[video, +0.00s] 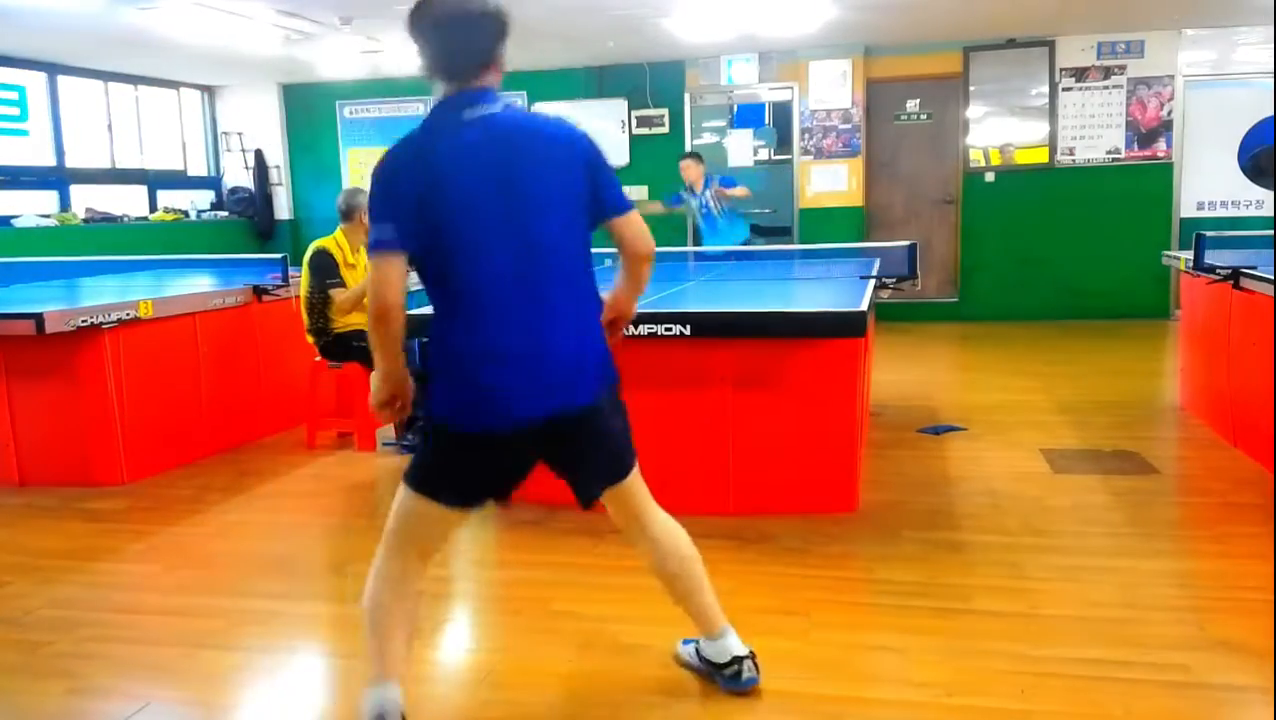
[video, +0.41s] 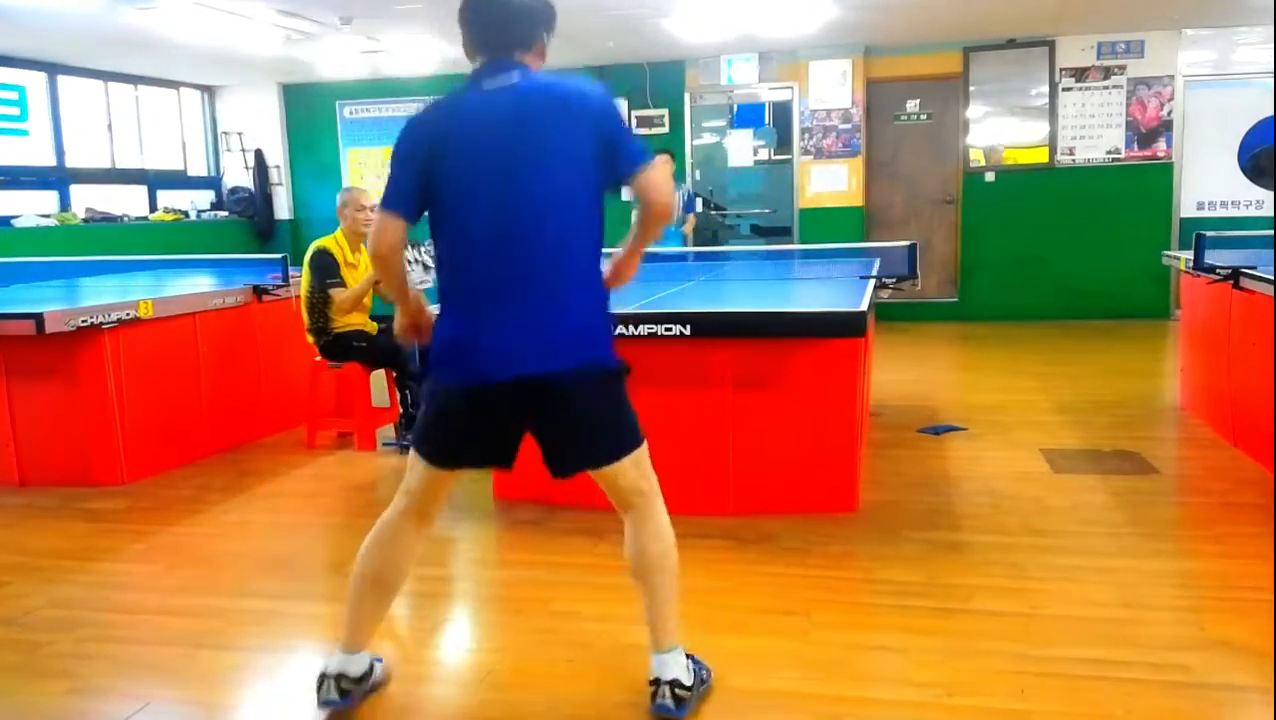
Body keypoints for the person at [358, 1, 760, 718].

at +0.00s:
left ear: (424, 62)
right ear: (498, 56)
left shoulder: (405, 164)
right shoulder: (563, 139)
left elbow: (385, 297)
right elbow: (638, 244)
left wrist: (390, 372)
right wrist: (625, 298)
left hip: (479, 397)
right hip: (580, 382)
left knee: (403, 552)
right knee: (644, 514)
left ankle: (385, 696)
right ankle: (727, 646)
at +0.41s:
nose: (549, 45)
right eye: (548, 36)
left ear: (469, 43)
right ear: (541, 42)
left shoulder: (431, 123)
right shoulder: (586, 102)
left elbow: (385, 242)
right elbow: (660, 196)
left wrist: (406, 303)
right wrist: (629, 259)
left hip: (471, 362)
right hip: (574, 356)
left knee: (409, 509)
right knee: (640, 503)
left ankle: (345, 661)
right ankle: (669, 664)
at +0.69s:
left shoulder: (405, 5)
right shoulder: (572, 2)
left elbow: (368, 72)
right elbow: (655, 52)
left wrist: (392, 178)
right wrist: (691, 160)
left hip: (479, 257)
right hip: (580, 247)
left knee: (425, 431)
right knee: (643, 436)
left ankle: (365, 591)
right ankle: (677, 600)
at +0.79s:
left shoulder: (410, 10)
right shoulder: (580, 6)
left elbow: (378, 108)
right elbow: (647, 95)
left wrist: (385, 217)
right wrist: (694, 203)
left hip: (482, 278)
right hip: (584, 266)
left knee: (430, 466)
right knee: (651, 458)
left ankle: (370, 634)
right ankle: (705, 618)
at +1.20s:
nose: (473, 13)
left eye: (469, 9)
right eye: (472, 7)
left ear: (389, 3)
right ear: (458, 5)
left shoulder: (322, 67)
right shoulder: (494, 72)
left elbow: (264, 191)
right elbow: (549, 214)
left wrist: (307, 257)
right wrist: (578, 314)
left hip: (332, 341)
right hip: (440, 343)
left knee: (319, 513)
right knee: (491, 536)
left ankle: (268, 689)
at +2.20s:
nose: (872, 61)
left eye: (870, 43)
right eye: (867, 41)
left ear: (789, 42)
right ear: (835, 44)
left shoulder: (718, 105)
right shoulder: (775, 135)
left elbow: (575, 165)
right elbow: (687, 240)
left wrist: (534, 231)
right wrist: (710, 344)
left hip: (565, 361)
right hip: (628, 394)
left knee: (536, 500)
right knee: (687, 632)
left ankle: (471, 630)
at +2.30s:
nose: (947, 21)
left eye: (945, 8)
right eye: (942, 8)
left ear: (861, 5)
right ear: (910, 7)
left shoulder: (754, 64)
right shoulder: (931, 84)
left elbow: (639, 176)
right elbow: (1071, 174)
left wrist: (620, 250)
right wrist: (1159, 188)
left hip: (691, 334)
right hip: (779, 356)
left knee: (738, 483)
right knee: (718, 610)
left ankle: (734, 620)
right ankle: (605, 715)